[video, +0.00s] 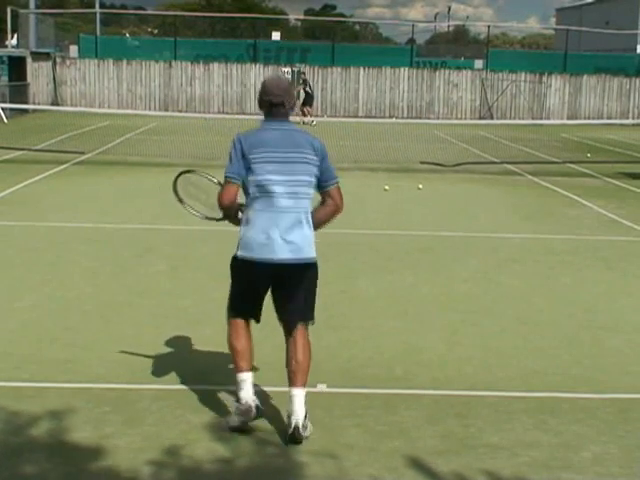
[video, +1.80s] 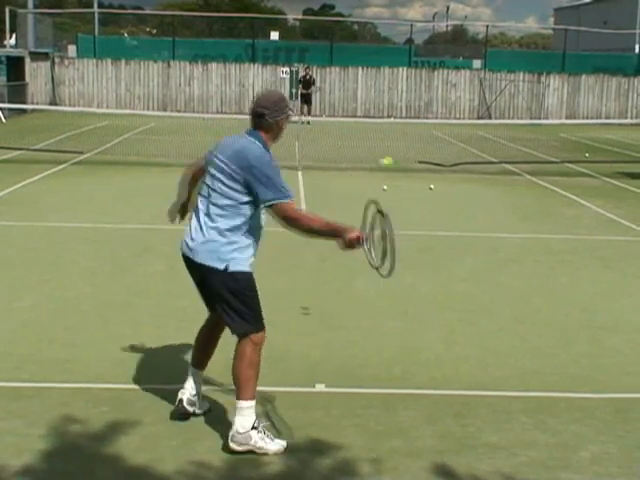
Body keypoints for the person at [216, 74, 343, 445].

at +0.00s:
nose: (277, 107)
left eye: (267, 101)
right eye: (288, 101)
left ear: (261, 105)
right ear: (293, 106)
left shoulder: (245, 142)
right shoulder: (313, 144)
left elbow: (227, 199)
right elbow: (334, 203)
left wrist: (234, 214)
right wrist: (304, 226)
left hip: (254, 254)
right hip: (299, 255)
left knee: (240, 316)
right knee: (297, 326)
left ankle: (246, 399)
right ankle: (298, 415)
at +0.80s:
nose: (304, 128)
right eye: (306, 123)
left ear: (274, 124)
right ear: (306, 126)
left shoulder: (248, 160)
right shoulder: (310, 169)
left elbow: (234, 217)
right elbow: (316, 235)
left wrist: (259, 242)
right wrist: (312, 268)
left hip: (242, 272)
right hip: (287, 275)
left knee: (231, 343)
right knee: (318, 342)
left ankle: (196, 425)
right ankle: (315, 433)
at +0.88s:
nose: (311, 130)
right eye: (311, 126)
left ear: (278, 126)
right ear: (309, 130)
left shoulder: (253, 160)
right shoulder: (308, 171)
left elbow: (255, 214)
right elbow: (309, 236)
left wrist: (305, 225)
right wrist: (321, 263)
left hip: (238, 267)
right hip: (279, 273)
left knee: (240, 337)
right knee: (316, 342)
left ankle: (202, 408)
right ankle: (315, 434)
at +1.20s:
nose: (305, 127)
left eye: (304, 122)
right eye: (305, 122)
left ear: (270, 121)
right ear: (298, 126)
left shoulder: (253, 149)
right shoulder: (277, 161)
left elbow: (298, 183)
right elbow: (272, 220)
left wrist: (345, 184)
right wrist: (325, 236)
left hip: (211, 257)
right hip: (240, 264)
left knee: (229, 330)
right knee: (279, 338)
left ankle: (199, 414)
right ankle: (275, 428)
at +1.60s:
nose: (304, 139)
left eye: (302, 132)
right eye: (303, 133)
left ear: (270, 132)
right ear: (299, 138)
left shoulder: (257, 158)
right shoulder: (268, 167)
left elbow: (287, 183)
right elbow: (253, 212)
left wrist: (315, 194)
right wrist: (299, 219)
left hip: (202, 258)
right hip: (225, 269)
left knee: (220, 327)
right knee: (265, 342)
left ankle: (191, 397)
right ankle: (243, 432)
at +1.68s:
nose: (299, 137)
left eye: (298, 132)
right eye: (298, 133)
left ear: (267, 130)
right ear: (293, 136)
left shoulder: (254, 157)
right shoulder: (262, 164)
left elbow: (257, 215)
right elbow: (262, 217)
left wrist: (297, 228)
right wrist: (305, 228)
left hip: (201, 257)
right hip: (223, 266)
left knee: (224, 321)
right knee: (260, 341)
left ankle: (190, 395)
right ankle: (242, 431)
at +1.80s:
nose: (286, 126)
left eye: (285, 120)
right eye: (286, 121)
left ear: (253, 118)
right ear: (280, 123)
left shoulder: (228, 145)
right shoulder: (258, 158)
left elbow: (194, 172)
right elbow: (290, 215)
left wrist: (184, 201)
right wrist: (341, 231)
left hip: (197, 252)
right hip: (226, 261)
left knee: (219, 315)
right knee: (253, 335)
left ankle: (190, 392)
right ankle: (243, 428)